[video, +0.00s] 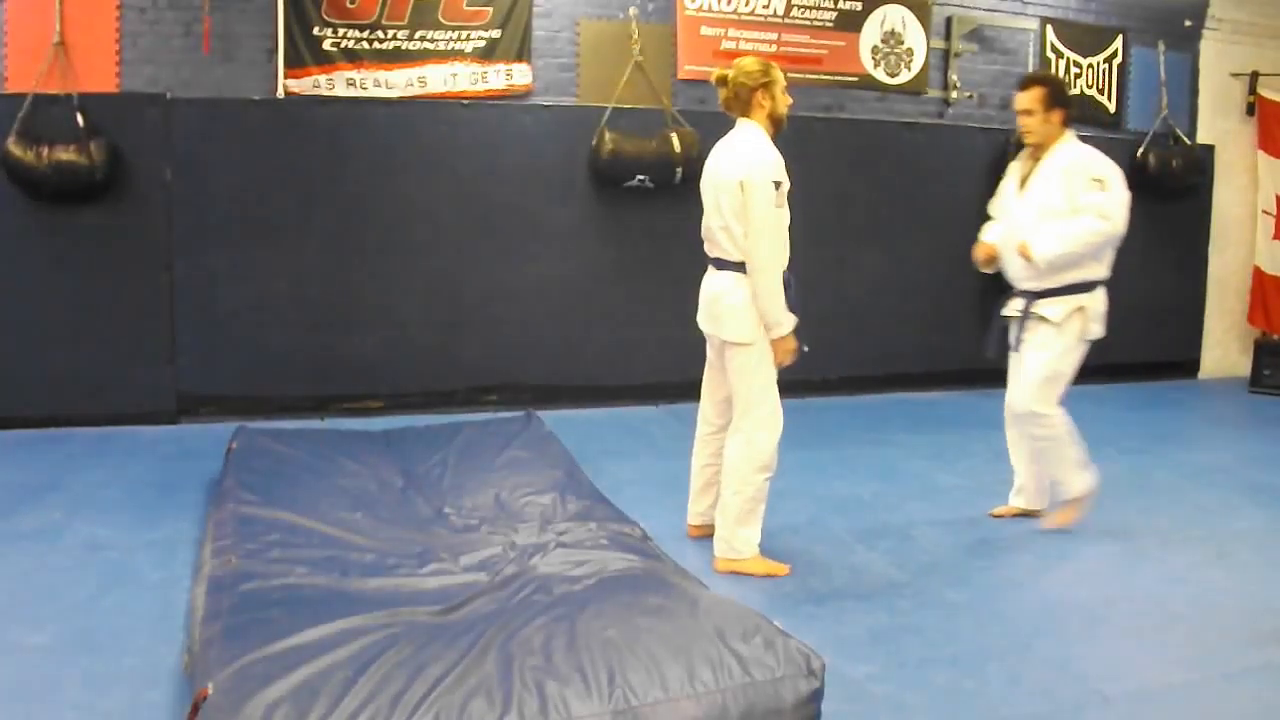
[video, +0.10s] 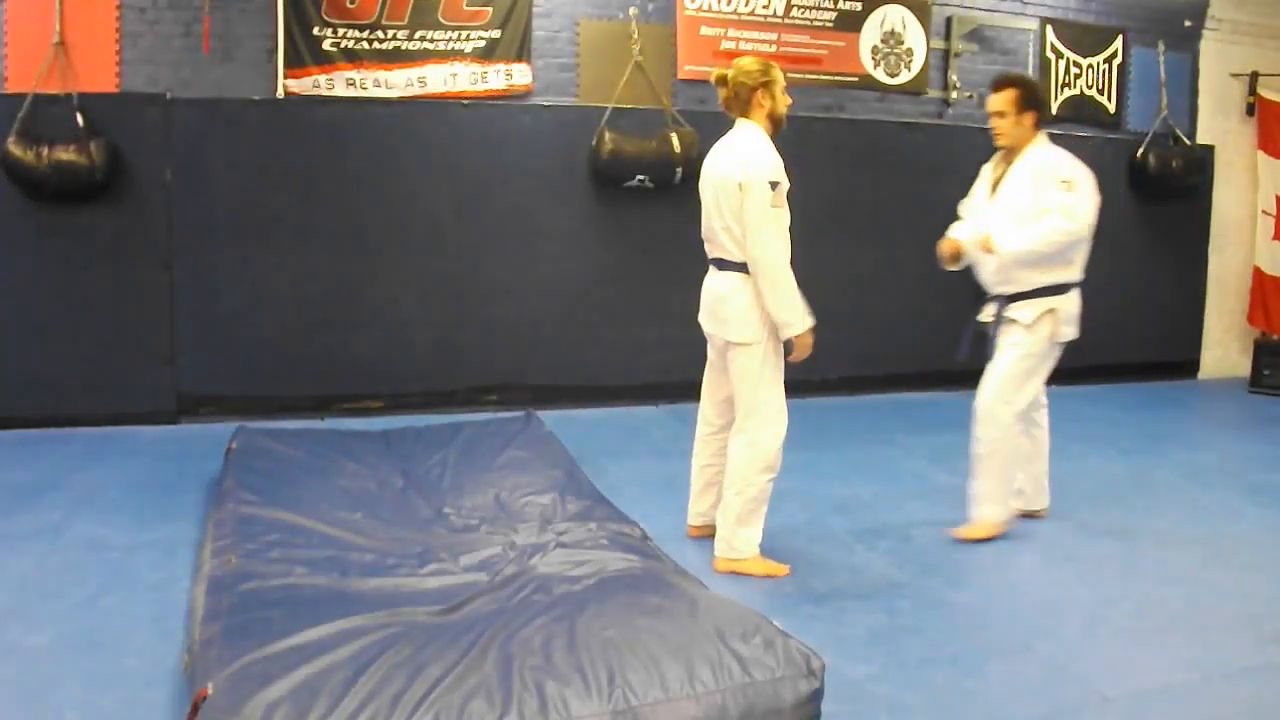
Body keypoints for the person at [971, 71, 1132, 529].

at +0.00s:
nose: (1021, 123)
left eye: (1029, 114)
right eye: (1018, 114)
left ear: (1058, 116)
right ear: (1017, 117)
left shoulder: (1092, 166)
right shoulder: (1020, 168)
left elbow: (1106, 224)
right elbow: (1001, 219)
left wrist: (1040, 248)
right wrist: (990, 246)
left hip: (1070, 301)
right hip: (1025, 300)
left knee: (1033, 399)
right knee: (1017, 401)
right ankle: (1030, 495)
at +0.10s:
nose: (992, 125)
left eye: (1001, 116)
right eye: (990, 116)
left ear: (1031, 119)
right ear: (993, 120)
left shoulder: (1065, 170)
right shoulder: (993, 170)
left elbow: (1068, 229)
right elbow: (972, 220)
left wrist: (1001, 245)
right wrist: (956, 244)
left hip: (1045, 307)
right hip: (1005, 304)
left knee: (995, 401)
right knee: (1026, 402)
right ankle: (1031, 496)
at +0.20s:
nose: (965, 128)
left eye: (974, 119)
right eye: (963, 119)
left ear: (1004, 123)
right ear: (966, 122)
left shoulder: (1033, 176)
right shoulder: (969, 172)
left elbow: (1019, 230)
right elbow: (942, 219)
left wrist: (943, 237)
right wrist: (921, 240)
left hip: (1018, 313)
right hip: (979, 311)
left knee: (970, 410)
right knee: (1010, 407)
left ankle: (929, 520)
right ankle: (1029, 496)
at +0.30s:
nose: (938, 127)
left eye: (947, 119)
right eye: (936, 118)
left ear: (976, 121)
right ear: (940, 120)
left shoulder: (997, 174)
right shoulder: (942, 171)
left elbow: (966, 217)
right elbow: (915, 224)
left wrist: (894, 197)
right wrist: (876, 245)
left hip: (987, 314)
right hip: (955, 312)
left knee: (938, 417)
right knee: (979, 407)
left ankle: (911, 532)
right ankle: (1023, 487)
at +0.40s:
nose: (911, 122)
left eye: (918, 113)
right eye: (908, 114)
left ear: (948, 114)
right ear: (914, 115)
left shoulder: (970, 163)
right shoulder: (917, 164)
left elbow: (920, 201)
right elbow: (885, 219)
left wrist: (852, 180)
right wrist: (833, 243)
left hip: (961, 310)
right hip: (927, 308)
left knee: (919, 416)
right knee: (910, 406)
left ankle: (910, 532)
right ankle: (981, 469)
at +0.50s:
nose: (881, 114)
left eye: (890, 105)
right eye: (880, 105)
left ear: (921, 108)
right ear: (887, 108)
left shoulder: (941, 158)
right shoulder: (889, 158)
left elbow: (881, 211)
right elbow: (858, 219)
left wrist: (820, 219)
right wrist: (819, 268)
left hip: (937, 304)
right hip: (899, 302)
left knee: (904, 414)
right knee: (868, 403)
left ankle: (911, 530)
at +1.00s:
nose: (805, 112)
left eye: (812, 103)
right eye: (802, 104)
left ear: (843, 101)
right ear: (810, 104)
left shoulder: (871, 149)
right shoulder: (806, 153)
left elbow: (830, 189)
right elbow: (780, 219)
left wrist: (761, 172)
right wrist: (770, 281)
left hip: (853, 303)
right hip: (813, 302)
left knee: (833, 421)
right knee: (798, 411)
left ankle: (832, 545)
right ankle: (806, 509)